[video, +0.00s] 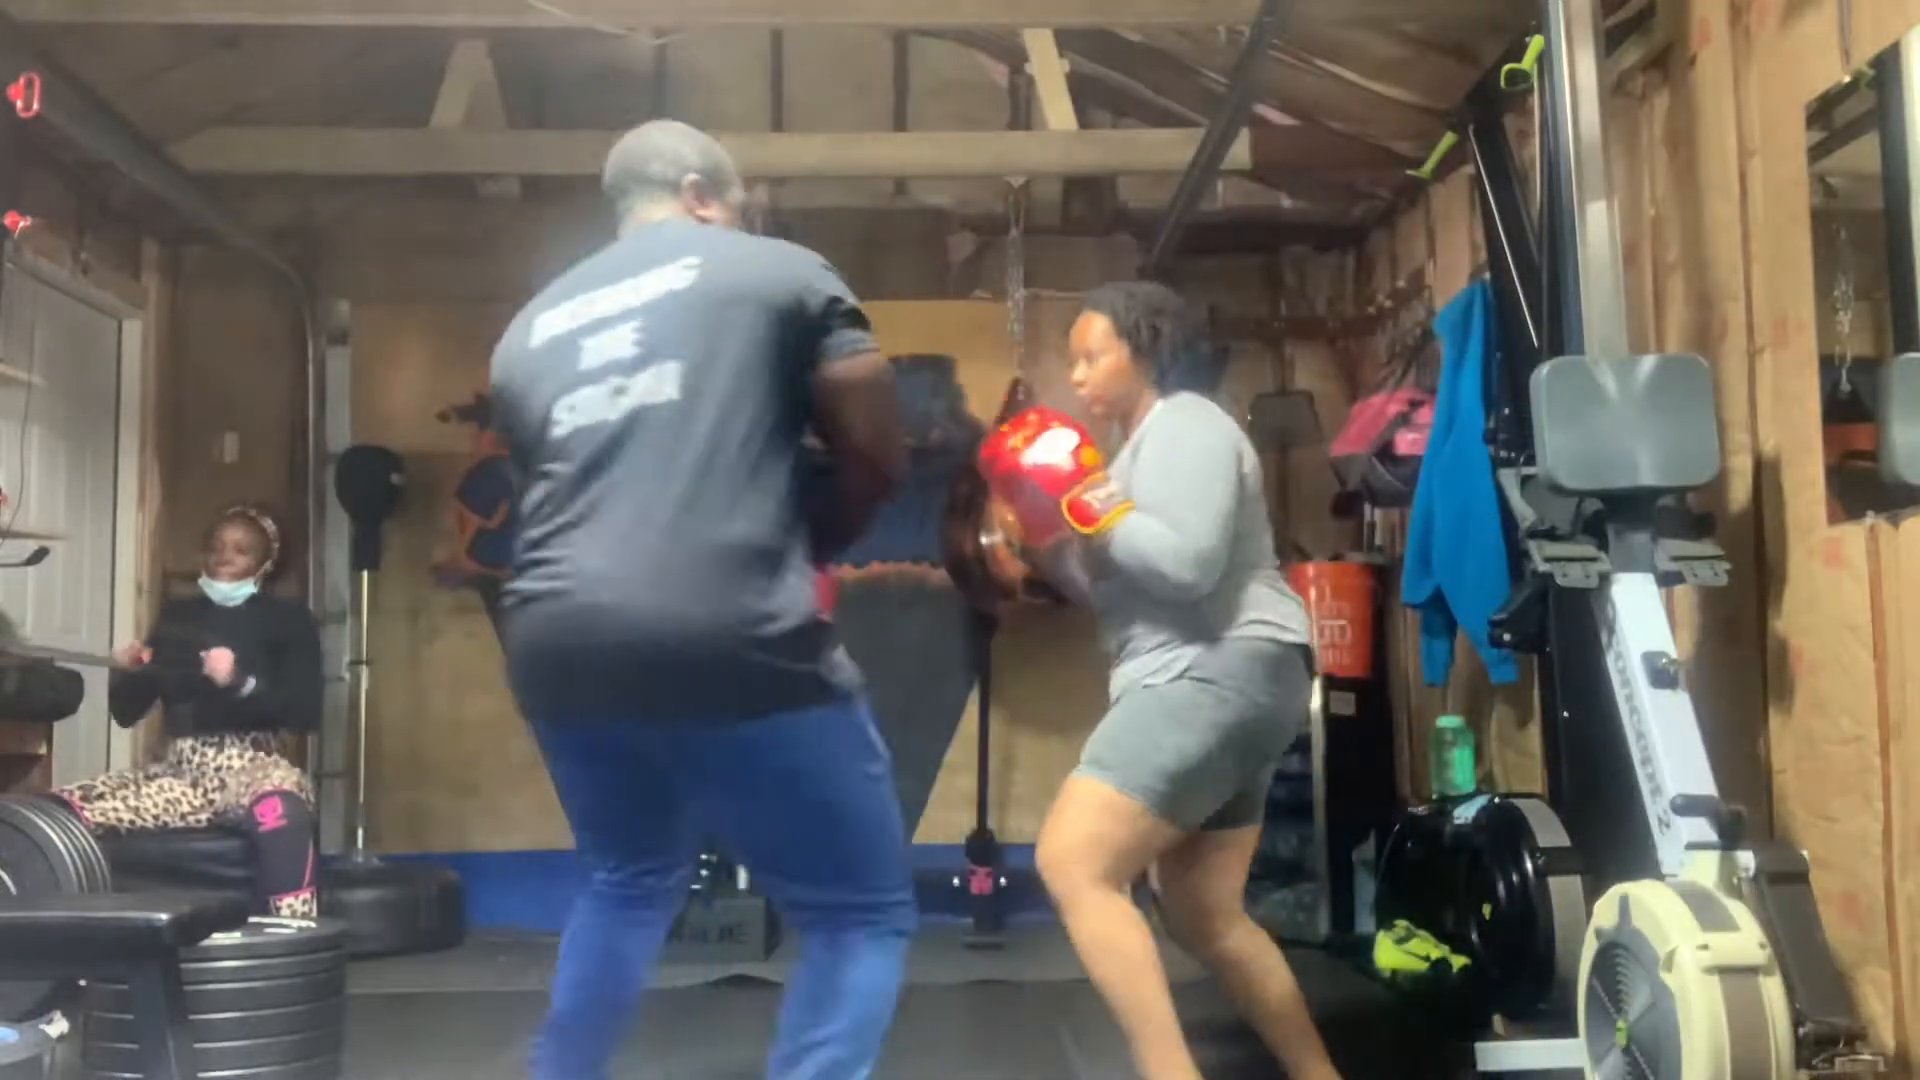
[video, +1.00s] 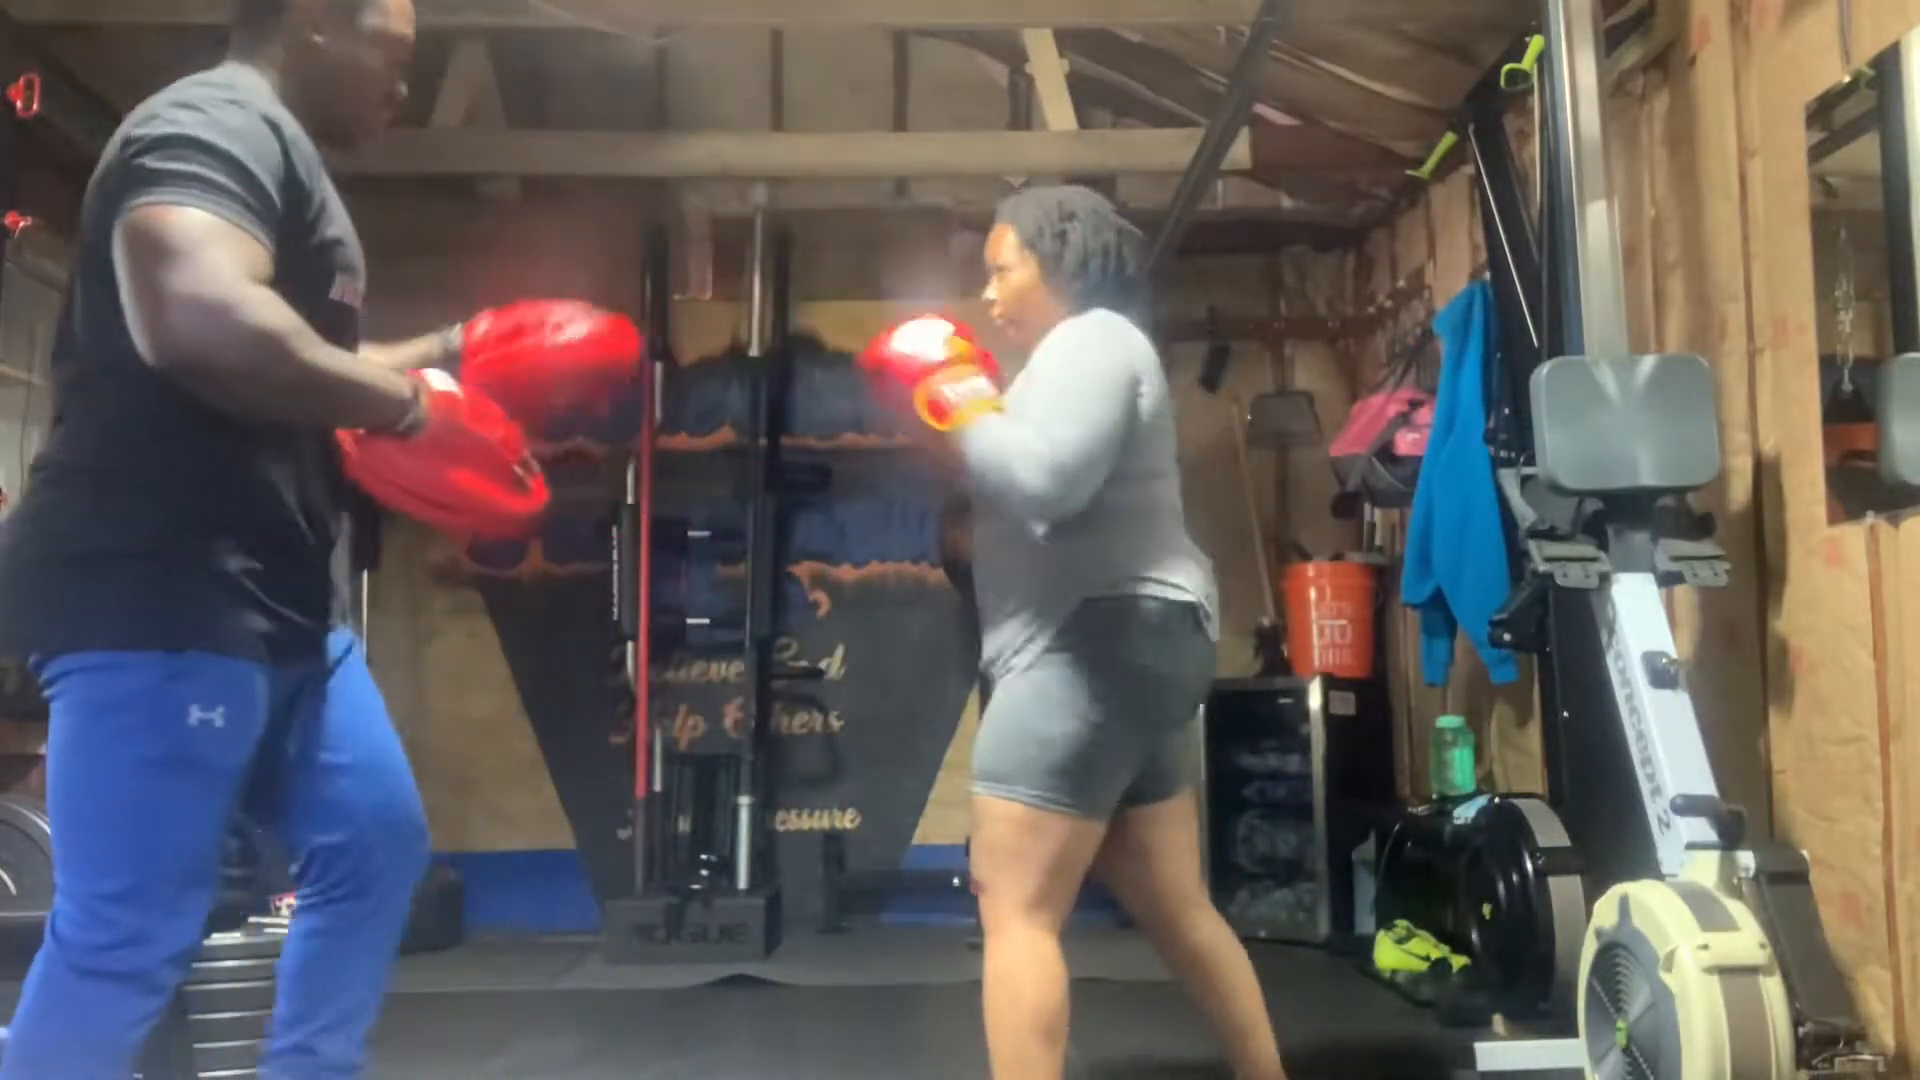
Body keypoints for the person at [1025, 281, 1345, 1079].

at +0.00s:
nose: (1074, 378)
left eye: (1088, 358)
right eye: (1073, 360)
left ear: (1141, 355)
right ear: (1123, 362)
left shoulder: (1187, 423)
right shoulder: (1129, 457)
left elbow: (1188, 566)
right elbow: (1104, 591)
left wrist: (1086, 501)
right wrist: (1041, 532)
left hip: (1223, 658)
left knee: (1076, 862)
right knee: (1206, 907)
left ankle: (1172, 1073)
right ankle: (1318, 1073)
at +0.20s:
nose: (1056, 324)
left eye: (1069, 305)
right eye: (1055, 308)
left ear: (1123, 300)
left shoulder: (1150, 360)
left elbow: (1045, 389)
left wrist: (974, 332)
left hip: (1183, 601)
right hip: (1241, 618)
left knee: (1097, 871)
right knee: (1239, 887)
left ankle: (1120, 1072)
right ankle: (1316, 1071)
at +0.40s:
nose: (1042, 327)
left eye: (1053, 304)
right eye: (1041, 307)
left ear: (1102, 291)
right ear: (1130, 293)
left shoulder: (1140, 349)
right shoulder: (1178, 376)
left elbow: (1038, 403)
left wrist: (949, 351)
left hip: (1168, 606)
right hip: (1240, 620)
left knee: (1063, 872)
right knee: (1198, 888)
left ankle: (1107, 1073)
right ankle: (1283, 1074)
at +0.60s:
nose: (1025, 320)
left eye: (1036, 298)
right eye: (1026, 300)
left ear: (1083, 290)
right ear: (1116, 295)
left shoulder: (1113, 355)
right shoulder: (1176, 386)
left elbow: (1037, 401)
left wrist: (963, 345)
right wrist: (1022, 519)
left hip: (1123, 626)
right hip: (1207, 639)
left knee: (1018, 887)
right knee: (1193, 910)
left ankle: (1025, 1070)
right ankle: (1277, 1074)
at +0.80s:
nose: (986, 278)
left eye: (993, 261)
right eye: (986, 262)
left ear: (1033, 258)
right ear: (1100, 262)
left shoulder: (1039, 318)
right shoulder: (1152, 371)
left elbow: (887, 311)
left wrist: (782, 241)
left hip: (1085, 608)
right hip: (1178, 621)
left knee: (1017, 900)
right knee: (1150, 887)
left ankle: (1027, 1073)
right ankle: (1271, 1069)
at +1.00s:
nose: (988, 294)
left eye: (1003, 272)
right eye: (989, 274)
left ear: (1062, 268)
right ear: (1065, 272)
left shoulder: (1094, 343)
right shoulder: (1093, 351)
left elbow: (1045, 481)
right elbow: (1034, 477)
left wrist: (969, 406)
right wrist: (971, 410)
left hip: (1098, 632)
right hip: (1150, 633)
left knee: (1018, 907)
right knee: (1176, 907)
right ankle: (1266, 1071)